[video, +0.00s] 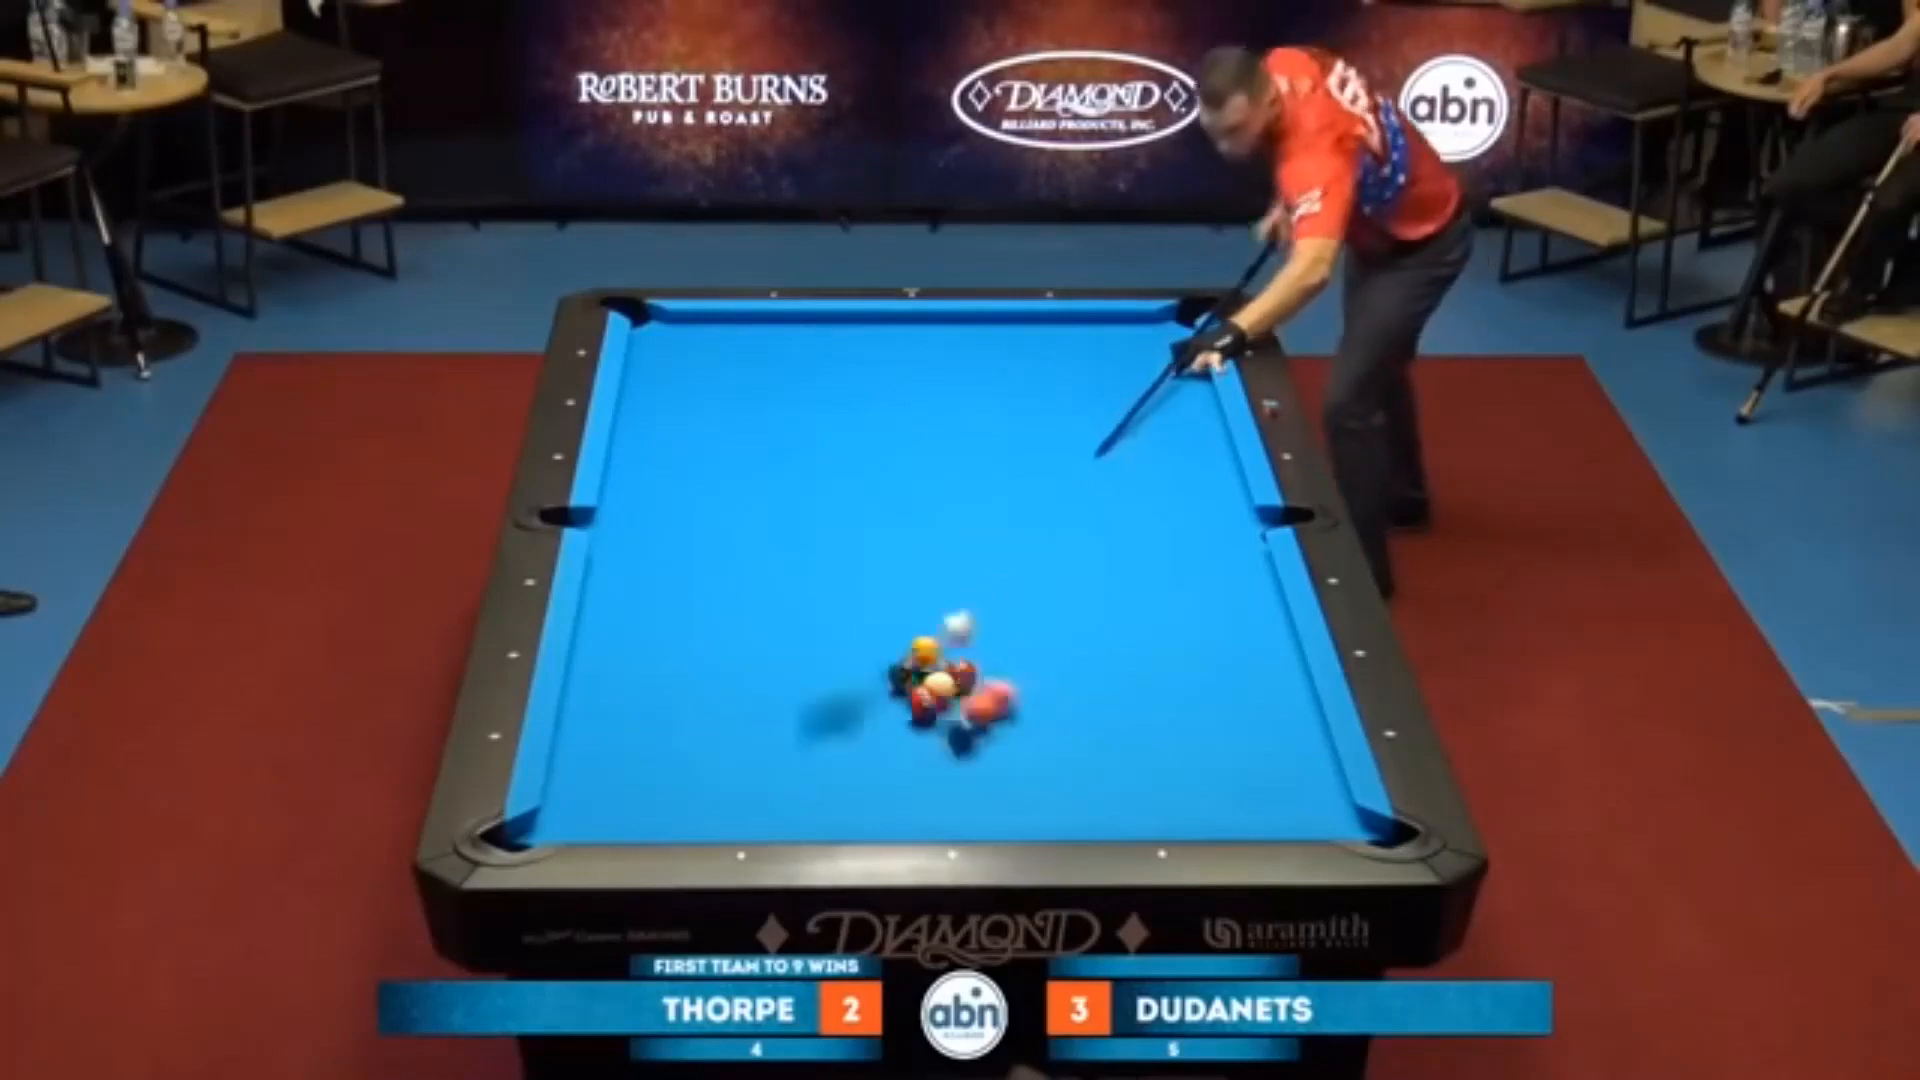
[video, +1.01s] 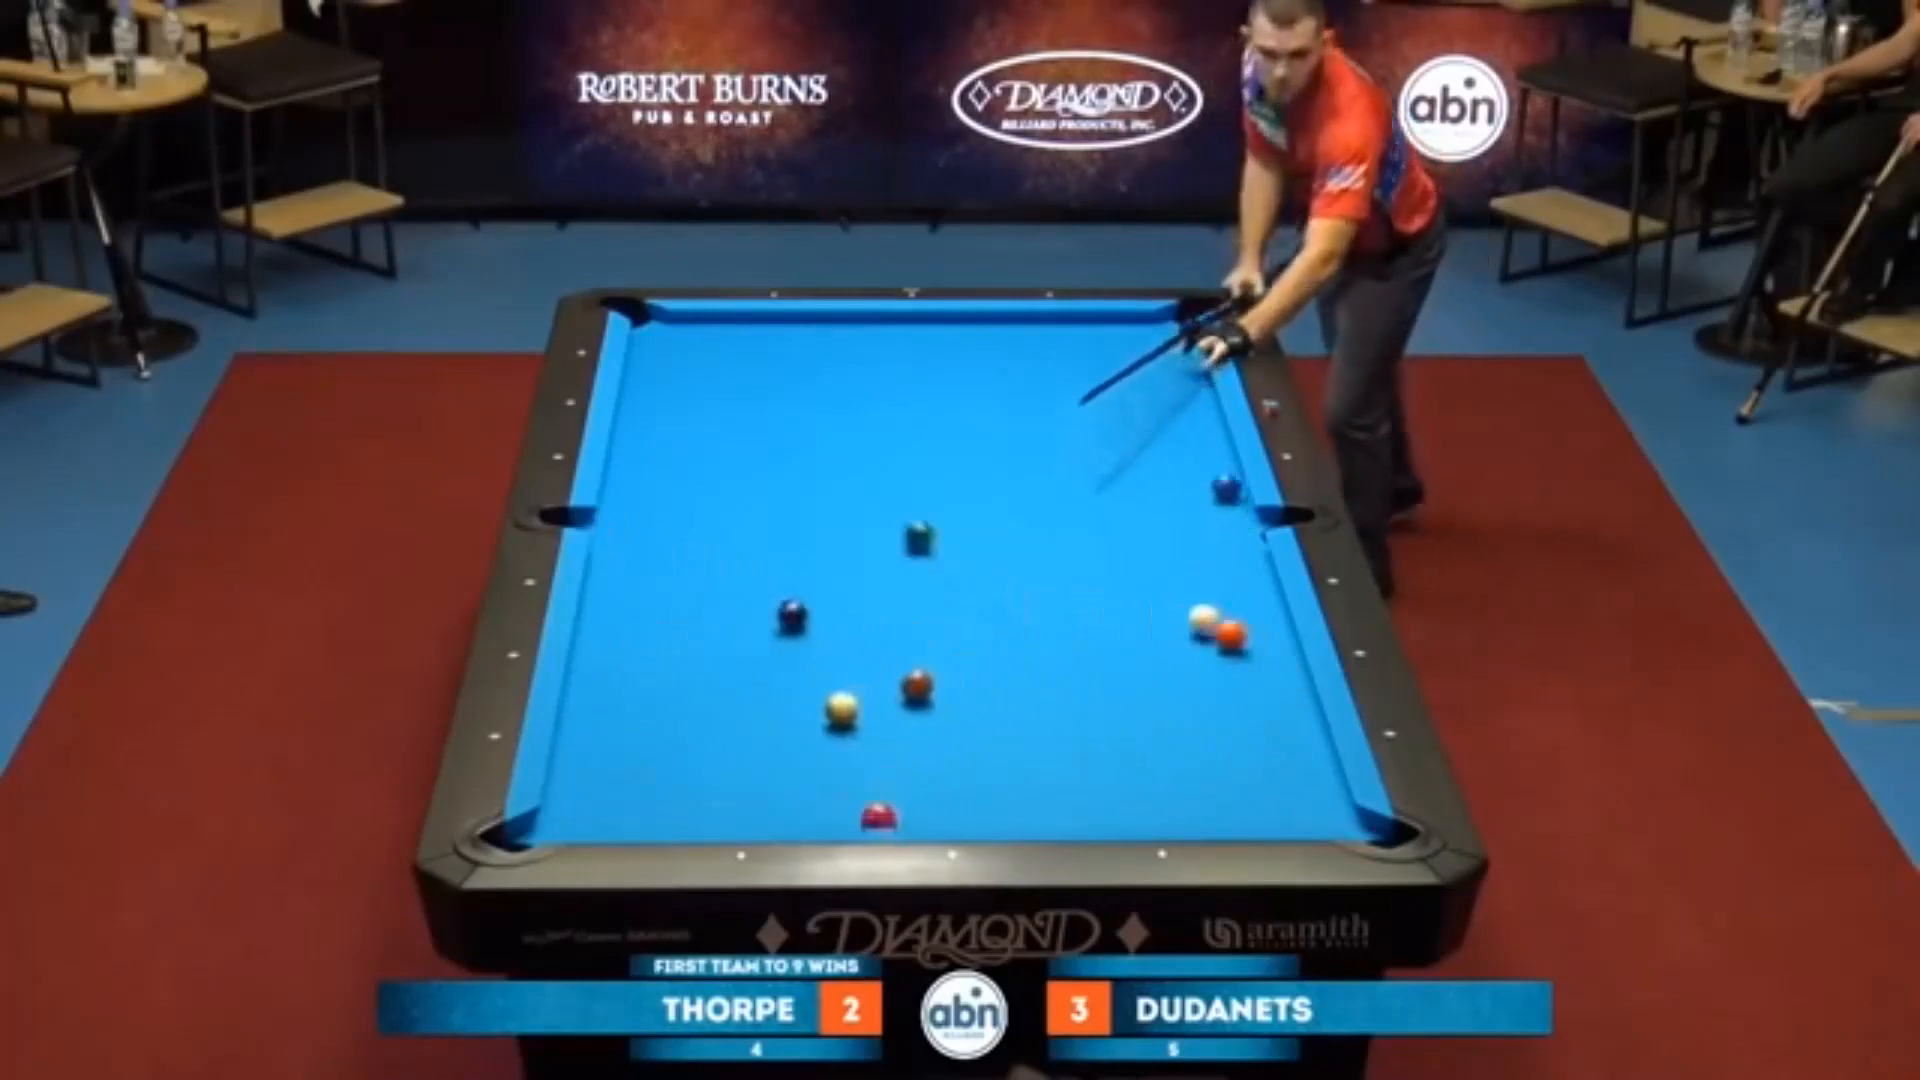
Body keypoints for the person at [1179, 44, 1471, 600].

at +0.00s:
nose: (1226, 145)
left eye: (1235, 132)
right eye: (1216, 134)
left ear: (1270, 101)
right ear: (1202, 111)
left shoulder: (1316, 143)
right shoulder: (1284, 64)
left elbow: (1313, 267)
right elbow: (1311, 133)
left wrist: (1231, 335)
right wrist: (1290, 200)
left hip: (1425, 237)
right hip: (1370, 227)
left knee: (1347, 405)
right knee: (1378, 366)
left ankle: (1368, 573)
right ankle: (1405, 497)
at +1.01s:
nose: (1279, 71)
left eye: (1296, 57)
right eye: (1267, 55)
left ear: (1325, 43)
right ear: (1250, 39)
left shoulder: (1350, 113)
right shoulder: (1257, 68)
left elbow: (1323, 254)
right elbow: (1262, 162)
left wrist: (1247, 331)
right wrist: (1249, 260)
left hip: (1397, 243)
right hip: (1335, 235)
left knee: (1350, 412)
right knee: (1367, 369)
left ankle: (1368, 572)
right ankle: (1397, 482)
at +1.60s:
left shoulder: (1383, 42)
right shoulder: (1283, 24)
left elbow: (1368, 180)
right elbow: (1274, 130)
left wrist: (1271, 236)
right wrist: (1249, 228)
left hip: (1373, 244)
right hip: (1311, 240)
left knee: (1357, 405)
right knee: (1301, 393)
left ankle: (1368, 562)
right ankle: (1315, 538)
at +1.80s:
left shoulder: (1394, 32)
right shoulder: (1281, 20)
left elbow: (1404, 166)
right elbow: (1270, 129)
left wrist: (1322, 236)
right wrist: (1242, 225)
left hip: (1368, 241)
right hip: (1295, 235)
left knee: (1361, 403)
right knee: (1303, 394)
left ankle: (1369, 563)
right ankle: (1312, 537)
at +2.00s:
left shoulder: (1400, 30)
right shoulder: (1281, 19)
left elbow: (1415, 164)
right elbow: (1268, 125)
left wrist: (1411, 277)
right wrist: (1244, 222)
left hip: (1362, 239)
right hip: (1284, 233)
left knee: (1362, 406)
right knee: (1296, 399)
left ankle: (1367, 563)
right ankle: (1304, 543)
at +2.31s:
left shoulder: (1407, 23)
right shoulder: (1287, 17)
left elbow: (1438, 128)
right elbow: (1242, 110)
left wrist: (1470, 229)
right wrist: (1184, 194)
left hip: (1362, 234)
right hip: (1288, 228)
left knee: (1361, 401)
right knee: (1303, 396)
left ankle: (1368, 565)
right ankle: (1311, 543)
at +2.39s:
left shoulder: (1409, 19)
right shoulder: (1287, 15)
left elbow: (1444, 99)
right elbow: (1222, 95)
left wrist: (1476, 174)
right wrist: (1144, 168)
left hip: (1364, 235)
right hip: (1290, 229)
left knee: (1364, 403)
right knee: (1302, 395)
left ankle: (1369, 566)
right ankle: (1312, 537)